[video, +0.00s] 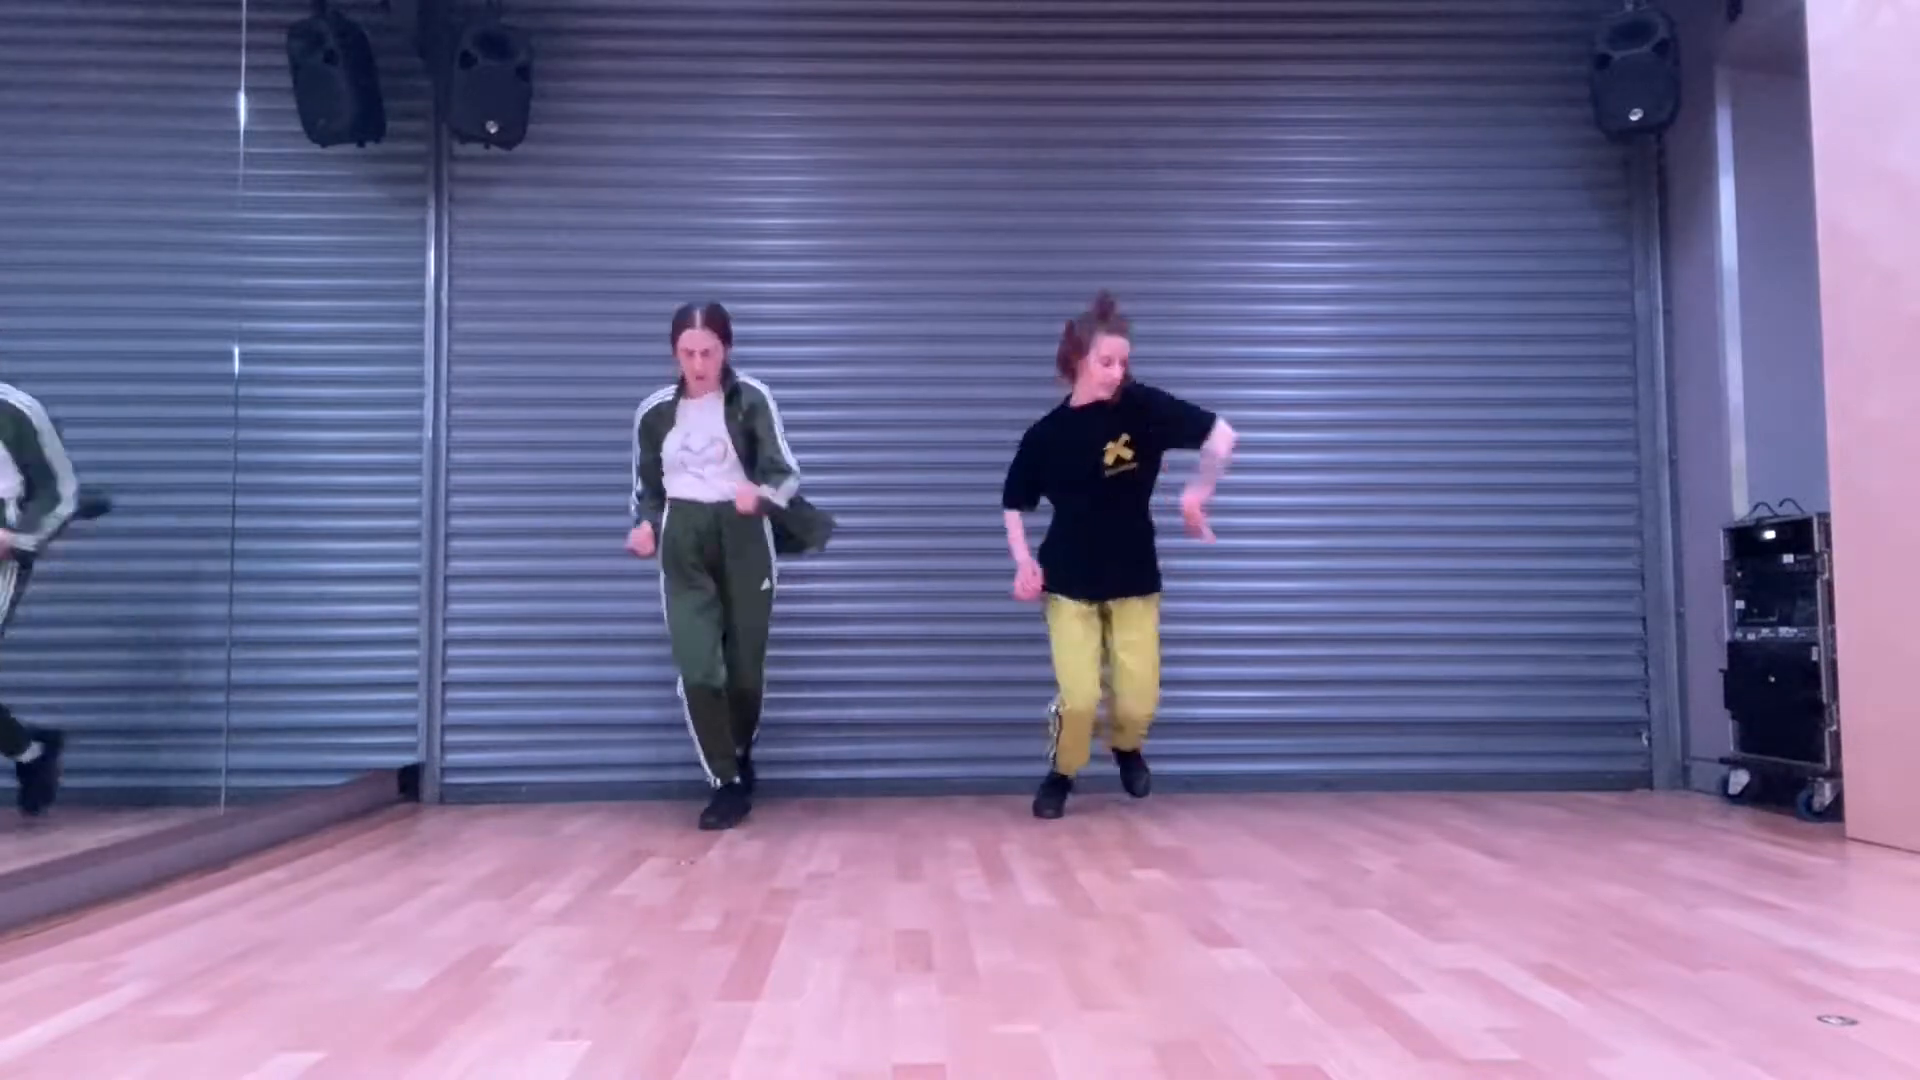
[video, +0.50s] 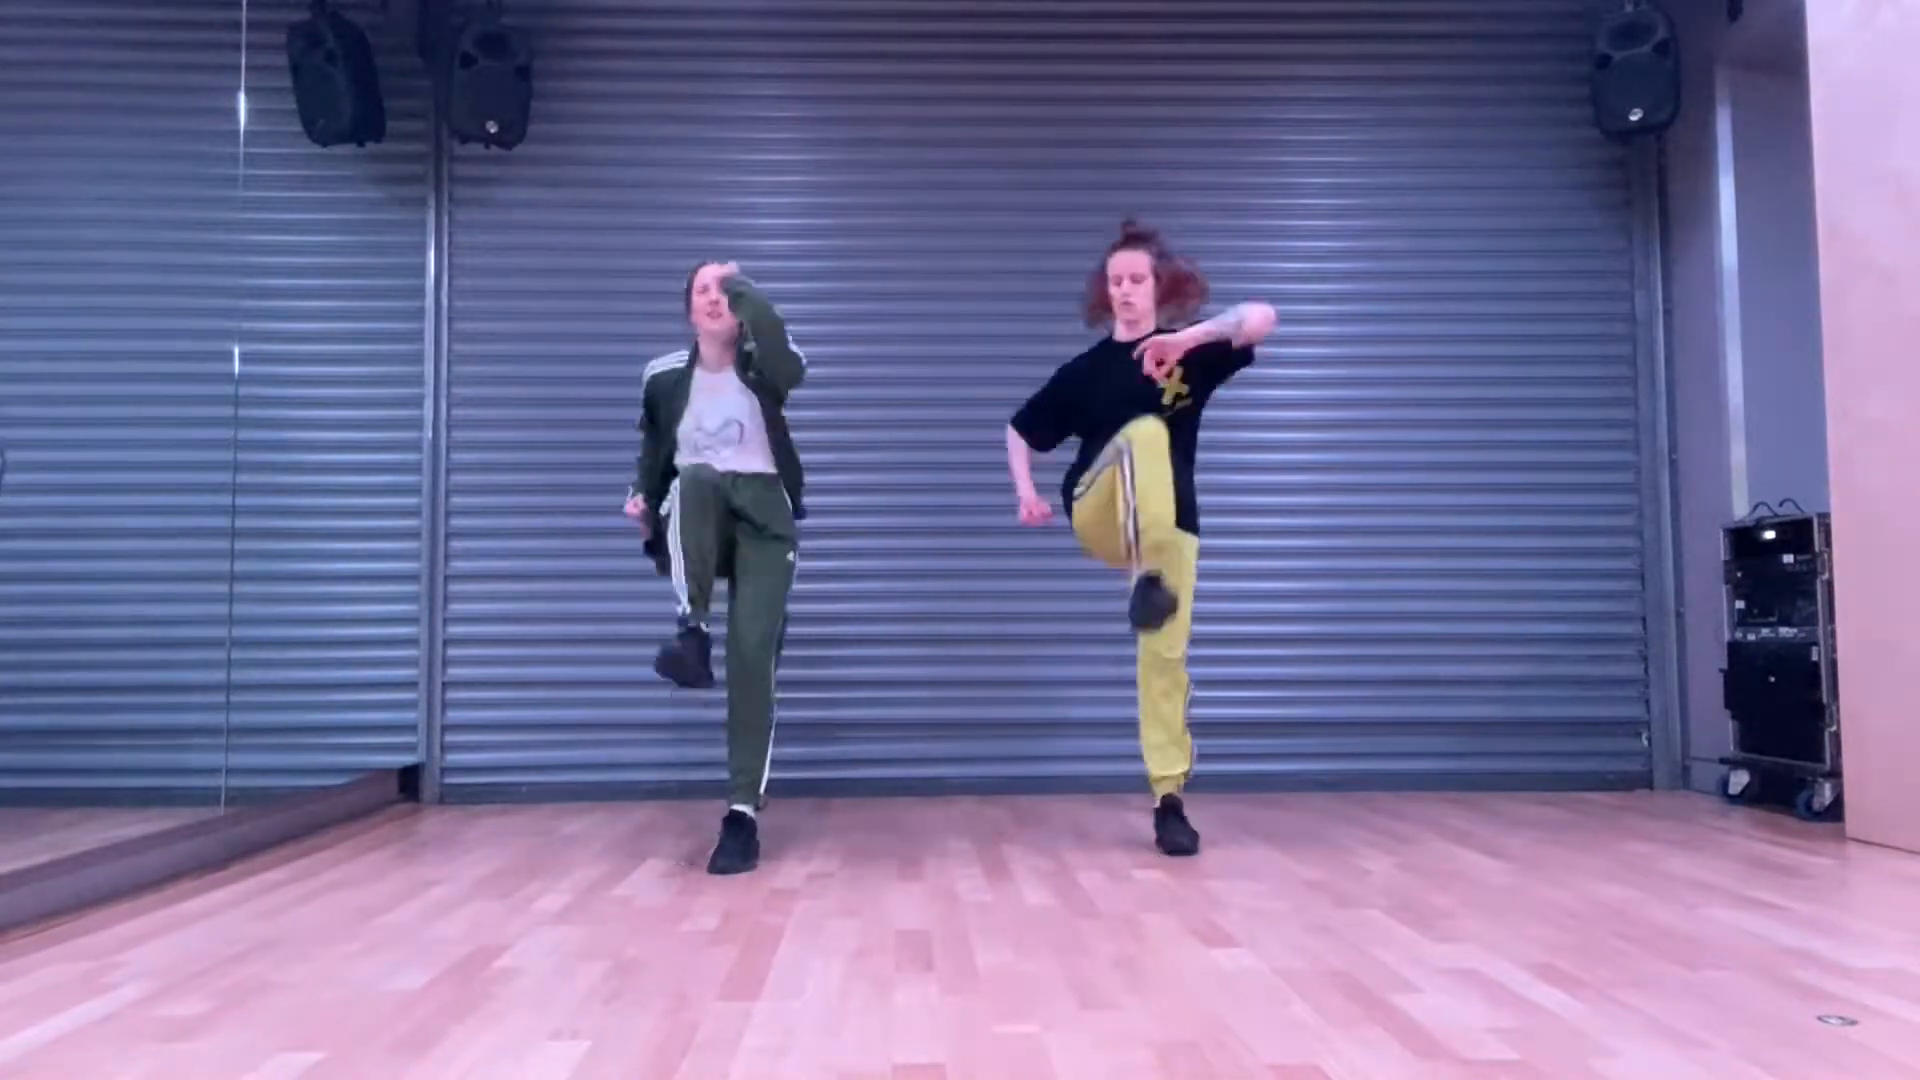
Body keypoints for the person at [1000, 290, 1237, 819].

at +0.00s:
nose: (1117, 373)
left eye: (1122, 362)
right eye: (1106, 361)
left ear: (1128, 362)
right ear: (1076, 362)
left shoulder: (1145, 408)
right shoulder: (1047, 433)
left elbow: (1222, 435)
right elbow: (1012, 503)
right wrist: (1023, 561)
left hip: (1134, 579)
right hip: (1069, 581)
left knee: (1138, 703)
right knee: (1079, 698)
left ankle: (1128, 750)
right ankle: (1061, 775)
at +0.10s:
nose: (1138, 361)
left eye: (1140, 350)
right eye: (1128, 351)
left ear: (1138, 351)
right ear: (1094, 353)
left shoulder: (1154, 405)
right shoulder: (1055, 423)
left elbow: (1185, 470)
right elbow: (1039, 512)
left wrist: (1180, 533)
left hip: (1138, 567)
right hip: (1070, 576)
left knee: (1155, 661)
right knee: (1087, 708)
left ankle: (1135, 761)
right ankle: (1058, 779)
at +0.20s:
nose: (1146, 358)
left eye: (1148, 347)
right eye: (1135, 347)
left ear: (1147, 349)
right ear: (1099, 349)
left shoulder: (1147, 404)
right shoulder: (1076, 402)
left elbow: (1144, 472)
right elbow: (1081, 448)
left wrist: (1152, 530)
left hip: (1153, 553)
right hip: (1090, 561)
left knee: (1166, 659)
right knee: (1083, 682)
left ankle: (1168, 797)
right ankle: (1056, 770)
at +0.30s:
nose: (1140, 336)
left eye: (1147, 324)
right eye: (1128, 325)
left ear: (1158, 326)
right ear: (1107, 326)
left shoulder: (1169, 402)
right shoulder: (1085, 382)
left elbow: (1161, 488)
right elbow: (1079, 446)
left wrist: (1195, 529)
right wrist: (1134, 395)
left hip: (1171, 554)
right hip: (1101, 559)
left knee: (1177, 669)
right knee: (1105, 690)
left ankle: (1170, 803)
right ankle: (1058, 746)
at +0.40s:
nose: (1127, 303)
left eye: (1138, 292)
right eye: (1117, 292)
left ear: (1159, 297)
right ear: (1104, 299)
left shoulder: (1186, 368)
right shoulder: (1083, 368)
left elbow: (1235, 438)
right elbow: (1062, 445)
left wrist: (1211, 410)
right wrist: (1072, 478)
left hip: (1170, 522)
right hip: (1103, 516)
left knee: (1170, 663)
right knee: (1130, 598)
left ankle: (1169, 799)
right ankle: (1105, 707)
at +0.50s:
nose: (1125, 290)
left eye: (1137, 279)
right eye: (1116, 280)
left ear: (1161, 286)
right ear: (1105, 291)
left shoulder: (1195, 356)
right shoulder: (1087, 371)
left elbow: (1262, 318)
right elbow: (1018, 432)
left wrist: (1192, 337)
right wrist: (1025, 491)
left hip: (1171, 524)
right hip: (1101, 519)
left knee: (1166, 659)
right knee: (1144, 431)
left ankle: (1169, 797)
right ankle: (1151, 577)